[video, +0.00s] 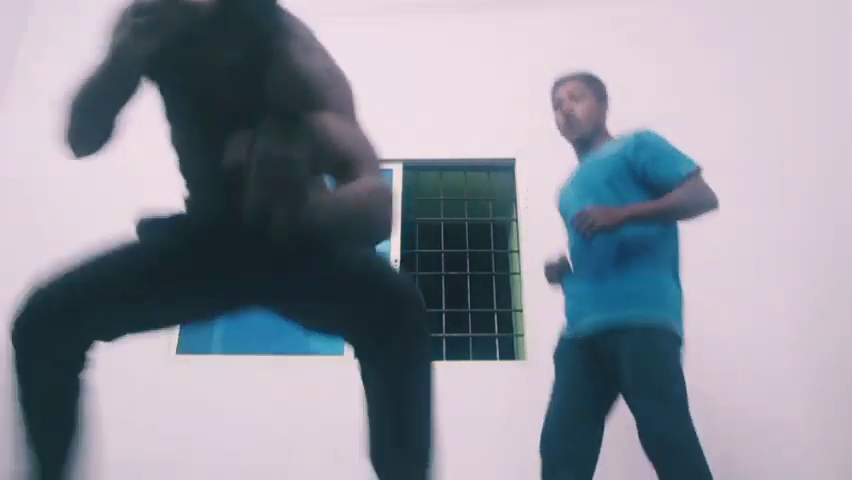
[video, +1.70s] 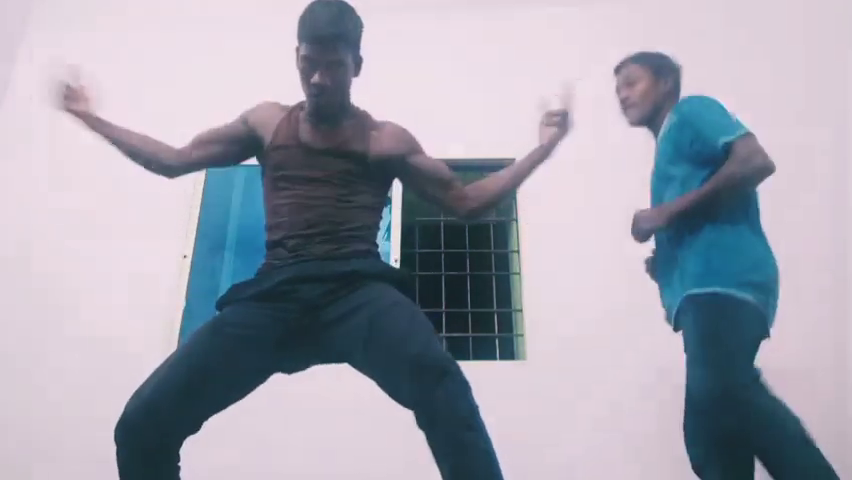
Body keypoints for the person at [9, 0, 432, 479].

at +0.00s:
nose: (188, 14)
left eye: (198, 12)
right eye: (176, 12)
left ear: (234, 11)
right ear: (169, 11)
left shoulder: (293, 51)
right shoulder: (154, 28)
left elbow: (376, 201)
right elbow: (81, 139)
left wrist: (302, 205)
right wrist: (128, 58)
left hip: (305, 252)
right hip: (205, 247)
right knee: (46, 324)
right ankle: (50, 472)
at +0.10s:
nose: (208, 18)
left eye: (219, 14)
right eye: (191, 17)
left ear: (247, 17)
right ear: (184, 20)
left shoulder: (311, 73)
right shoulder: (181, 60)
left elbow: (404, 219)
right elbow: (112, 162)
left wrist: (327, 164)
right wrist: (164, 74)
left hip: (321, 292)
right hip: (222, 290)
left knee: (401, 357)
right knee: (67, 401)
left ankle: (420, 478)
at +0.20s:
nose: (251, 10)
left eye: (273, 2)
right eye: (240, 0)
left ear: (303, 20)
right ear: (221, 12)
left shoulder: (328, 126)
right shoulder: (205, 101)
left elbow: (413, 256)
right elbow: (157, 229)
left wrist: (342, 187)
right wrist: (188, 130)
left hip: (344, 315)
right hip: (260, 317)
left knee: (365, 348)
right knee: (96, 397)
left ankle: (407, 475)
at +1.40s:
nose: (302, 76)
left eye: (316, 64)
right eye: (292, 62)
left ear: (339, 64)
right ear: (278, 60)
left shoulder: (369, 135)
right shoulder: (257, 129)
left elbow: (416, 238)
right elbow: (224, 223)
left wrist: (377, 208)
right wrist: (238, 147)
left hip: (353, 292)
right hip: (272, 295)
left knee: (414, 377)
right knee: (142, 423)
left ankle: (469, 476)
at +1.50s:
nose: (308, 78)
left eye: (322, 66)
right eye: (299, 65)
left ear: (343, 68)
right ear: (284, 64)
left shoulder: (372, 138)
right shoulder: (259, 134)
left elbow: (419, 241)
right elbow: (218, 209)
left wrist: (403, 196)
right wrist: (202, 139)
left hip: (354, 291)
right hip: (271, 292)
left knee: (420, 378)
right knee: (147, 424)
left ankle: (471, 475)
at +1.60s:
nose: (310, 80)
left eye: (324, 68)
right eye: (302, 67)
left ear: (348, 68)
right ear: (288, 62)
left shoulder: (376, 138)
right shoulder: (262, 132)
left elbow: (427, 219)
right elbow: (185, 177)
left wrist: (453, 187)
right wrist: (132, 124)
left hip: (357, 293)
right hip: (273, 296)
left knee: (427, 382)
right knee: (146, 424)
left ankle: (474, 478)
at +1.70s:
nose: (319, 77)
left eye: (333, 65)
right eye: (310, 64)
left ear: (357, 63)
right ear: (297, 59)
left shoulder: (389, 141)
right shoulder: (265, 124)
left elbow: (463, 200)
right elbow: (173, 159)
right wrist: (92, 118)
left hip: (361, 297)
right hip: (271, 300)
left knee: (437, 377)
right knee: (142, 426)